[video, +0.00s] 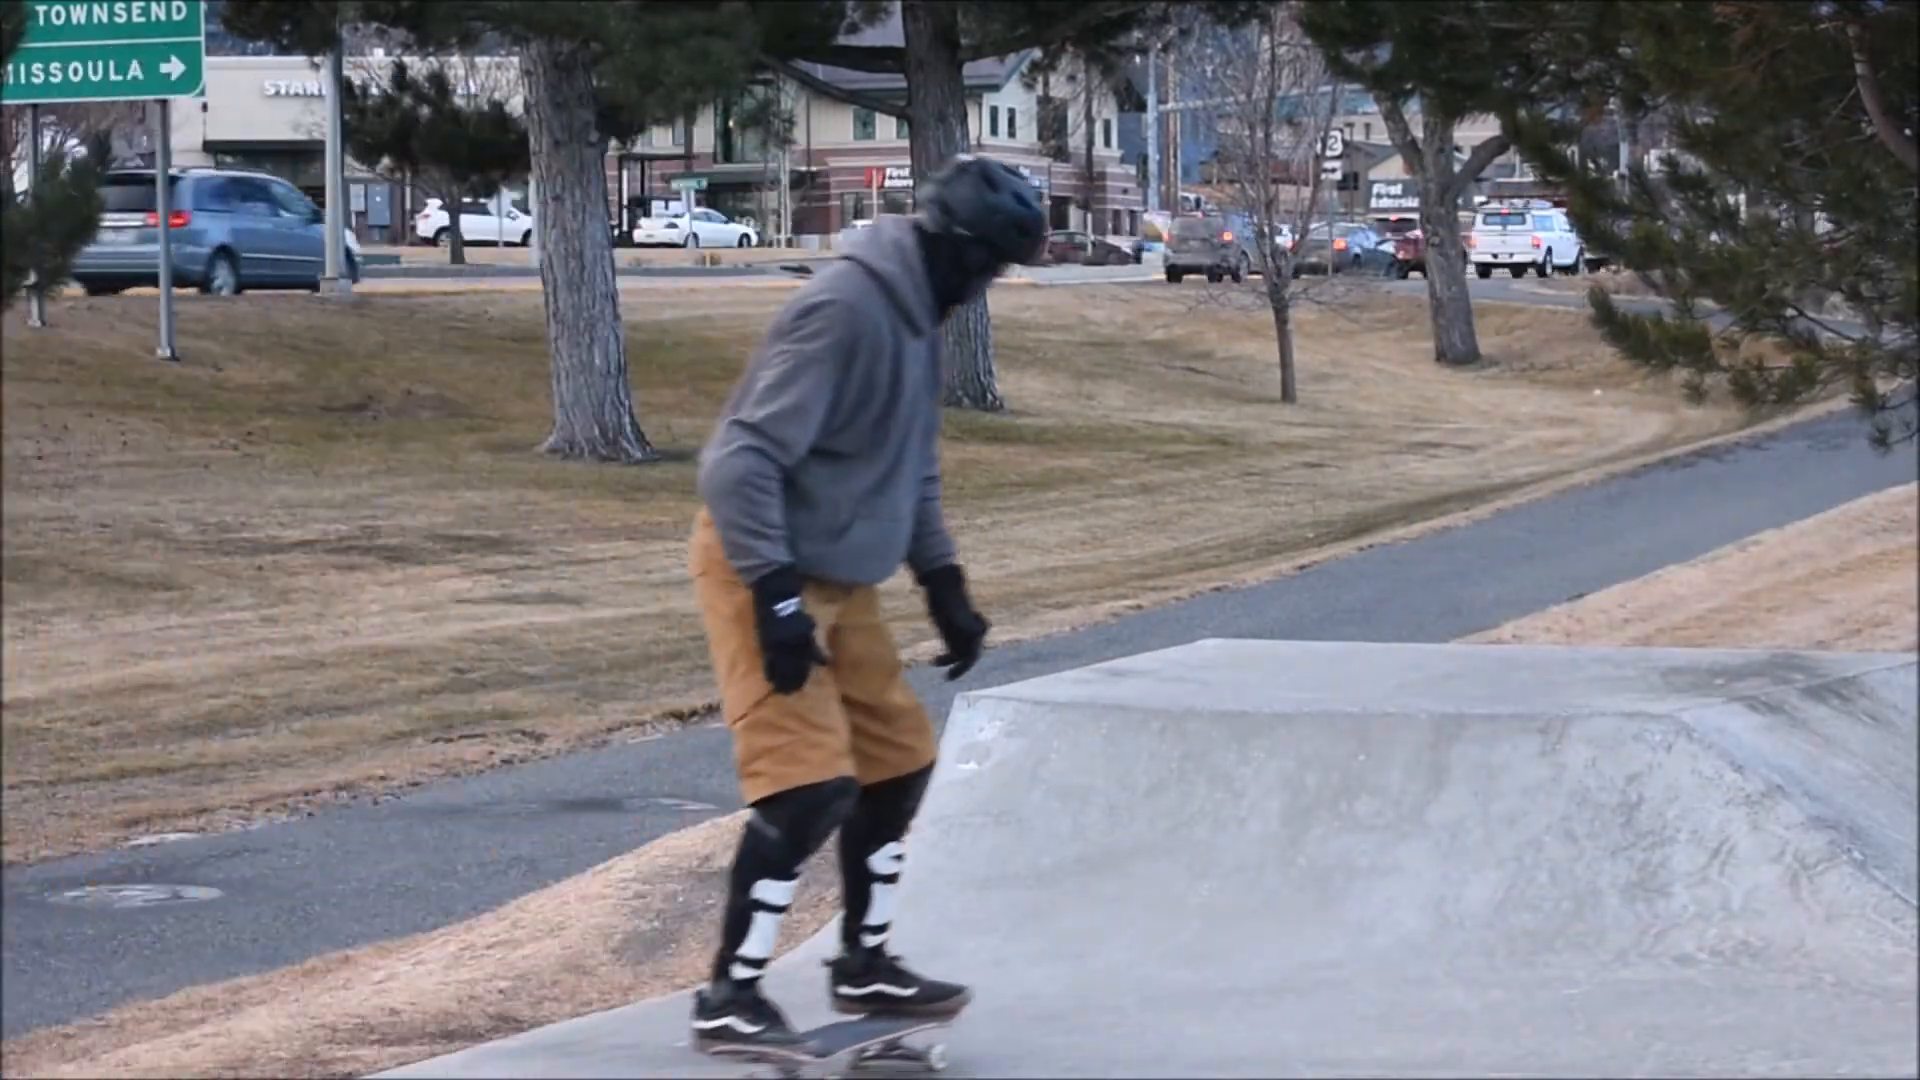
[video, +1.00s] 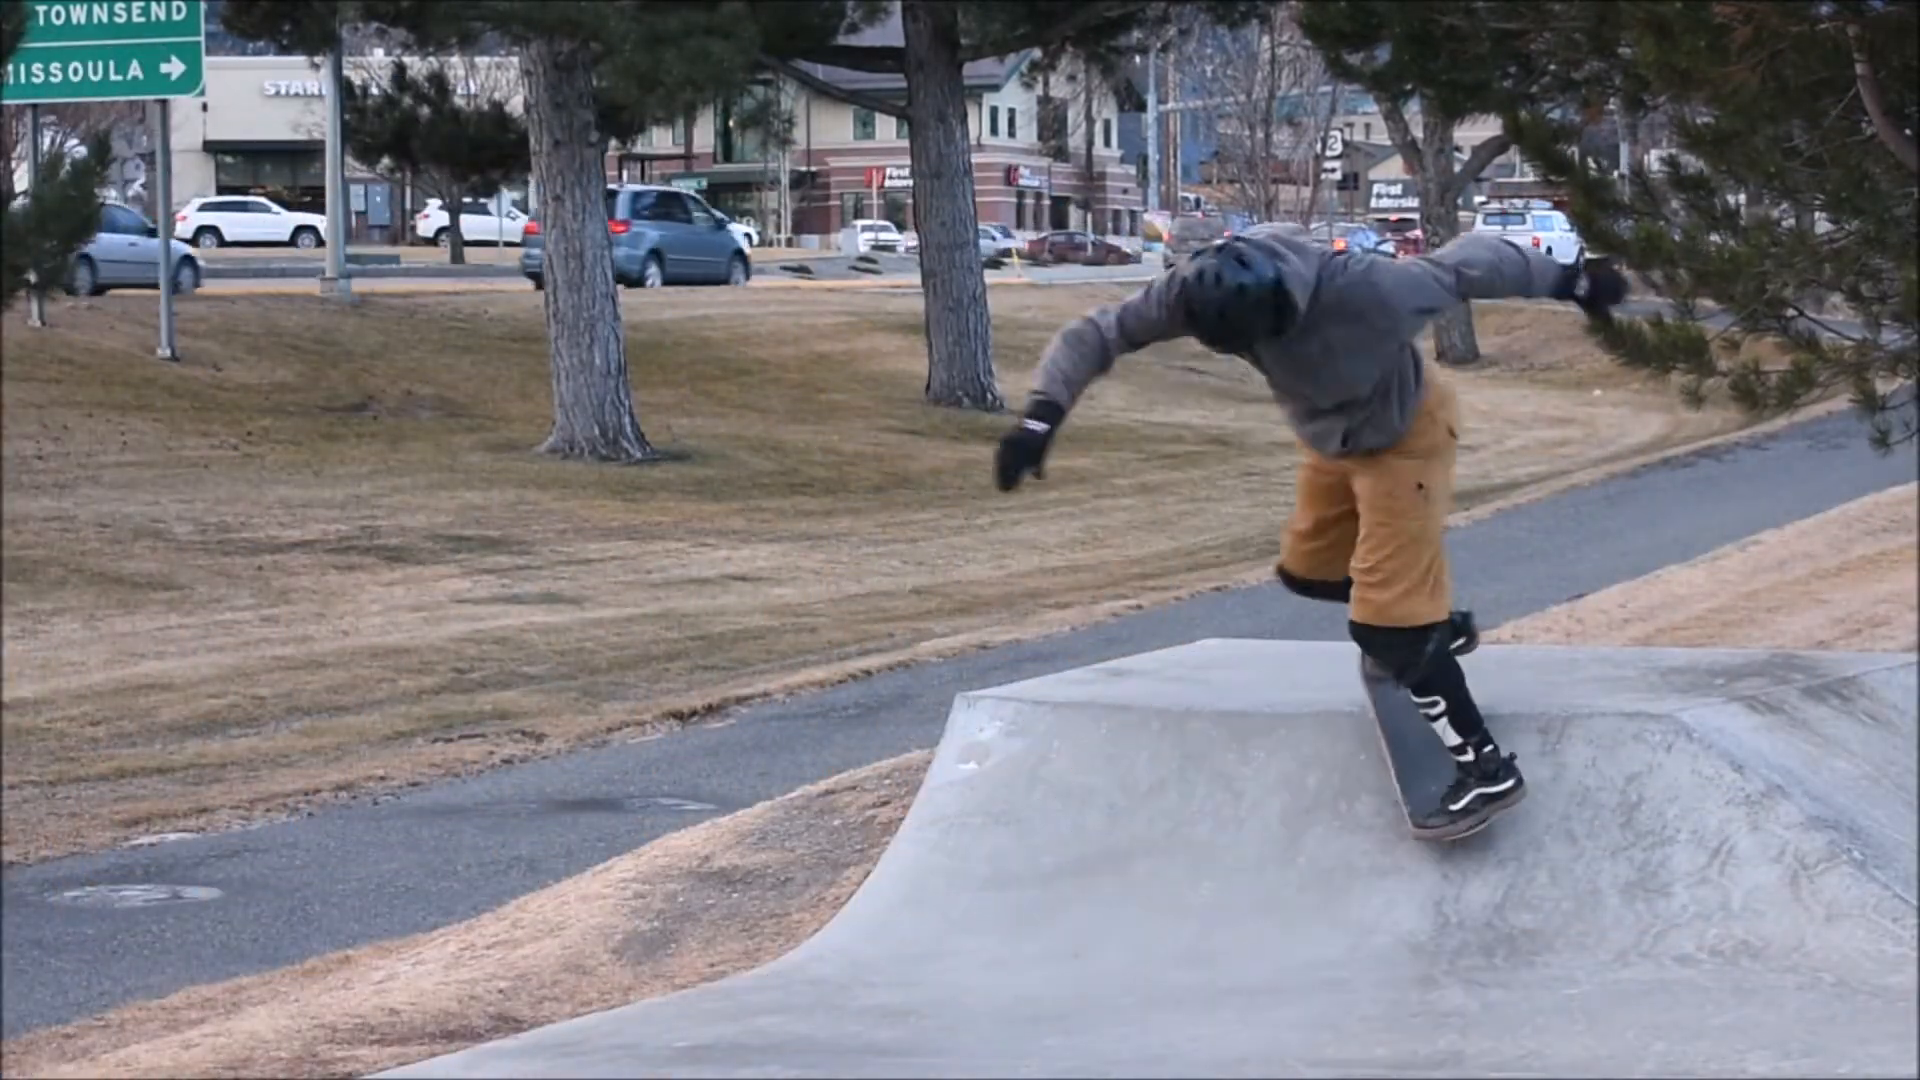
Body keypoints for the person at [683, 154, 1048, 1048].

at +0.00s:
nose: (991, 283)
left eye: (1001, 268)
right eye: (992, 263)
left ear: (965, 241)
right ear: (957, 238)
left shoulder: (918, 312)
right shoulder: (845, 305)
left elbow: (914, 468)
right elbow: (740, 458)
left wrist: (943, 583)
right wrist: (774, 596)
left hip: (841, 577)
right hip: (762, 570)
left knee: (895, 763)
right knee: (807, 783)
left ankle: (863, 962)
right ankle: (730, 994)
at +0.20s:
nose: (1115, 370)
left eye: (1127, 360)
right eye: (1118, 353)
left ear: (1103, 332)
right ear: (1091, 323)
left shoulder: (1057, 387)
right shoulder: (972, 368)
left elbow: (1046, 515)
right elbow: (846, 489)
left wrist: (1095, 614)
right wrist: (870, 619)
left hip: (960, 595)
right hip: (880, 587)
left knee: (1045, 753)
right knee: (956, 772)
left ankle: (984, 931)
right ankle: (864, 960)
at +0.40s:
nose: (1213, 475)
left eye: (1222, 466)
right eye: (1212, 461)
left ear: (1205, 439)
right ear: (1186, 430)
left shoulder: (1188, 472)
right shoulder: (1070, 449)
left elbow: (1197, 576)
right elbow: (928, 538)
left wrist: (1274, 622)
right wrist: (933, 666)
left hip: (1074, 624)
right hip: (985, 612)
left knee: (1177, 750)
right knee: (1091, 765)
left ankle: (1093, 906)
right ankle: (985, 931)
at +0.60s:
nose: (1267, 496)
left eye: (1282, 483)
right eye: (1256, 481)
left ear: (1301, 457)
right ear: (1224, 443)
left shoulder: (1293, 458)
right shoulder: (1146, 439)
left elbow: (1328, 586)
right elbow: (1023, 491)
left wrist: (1282, 539)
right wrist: (977, 590)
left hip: (1192, 593)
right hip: (1100, 579)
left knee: (1274, 737)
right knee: (1189, 743)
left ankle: (1192, 872)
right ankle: (1092, 905)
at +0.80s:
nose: (1286, 372)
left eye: (1300, 364)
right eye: (1274, 362)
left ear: (1324, 335)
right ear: (1244, 329)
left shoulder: (1349, 341)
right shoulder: (1191, 314)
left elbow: (1443, 422)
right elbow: (1101, 311)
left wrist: (1492, 508)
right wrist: (1015, 354)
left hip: (1312, 488)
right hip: (1205, 486)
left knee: (1383, 640)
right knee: (1220, 662)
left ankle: (1413, 745)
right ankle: (1189, 772)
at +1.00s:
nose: (1244, 349)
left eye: (1248, 338)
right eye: (1229, 340)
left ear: (1271, 307)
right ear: (1205, 308)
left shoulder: (1364, 288)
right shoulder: (1205, 288)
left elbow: (1470, 266)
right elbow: (1098, 334)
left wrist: (1570, 277)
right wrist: (1040, 416)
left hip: (1404, 430)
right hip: (1329, 435)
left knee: (1396, 624)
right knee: (1313, 568)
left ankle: (1486, 763)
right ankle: (1439, 630)